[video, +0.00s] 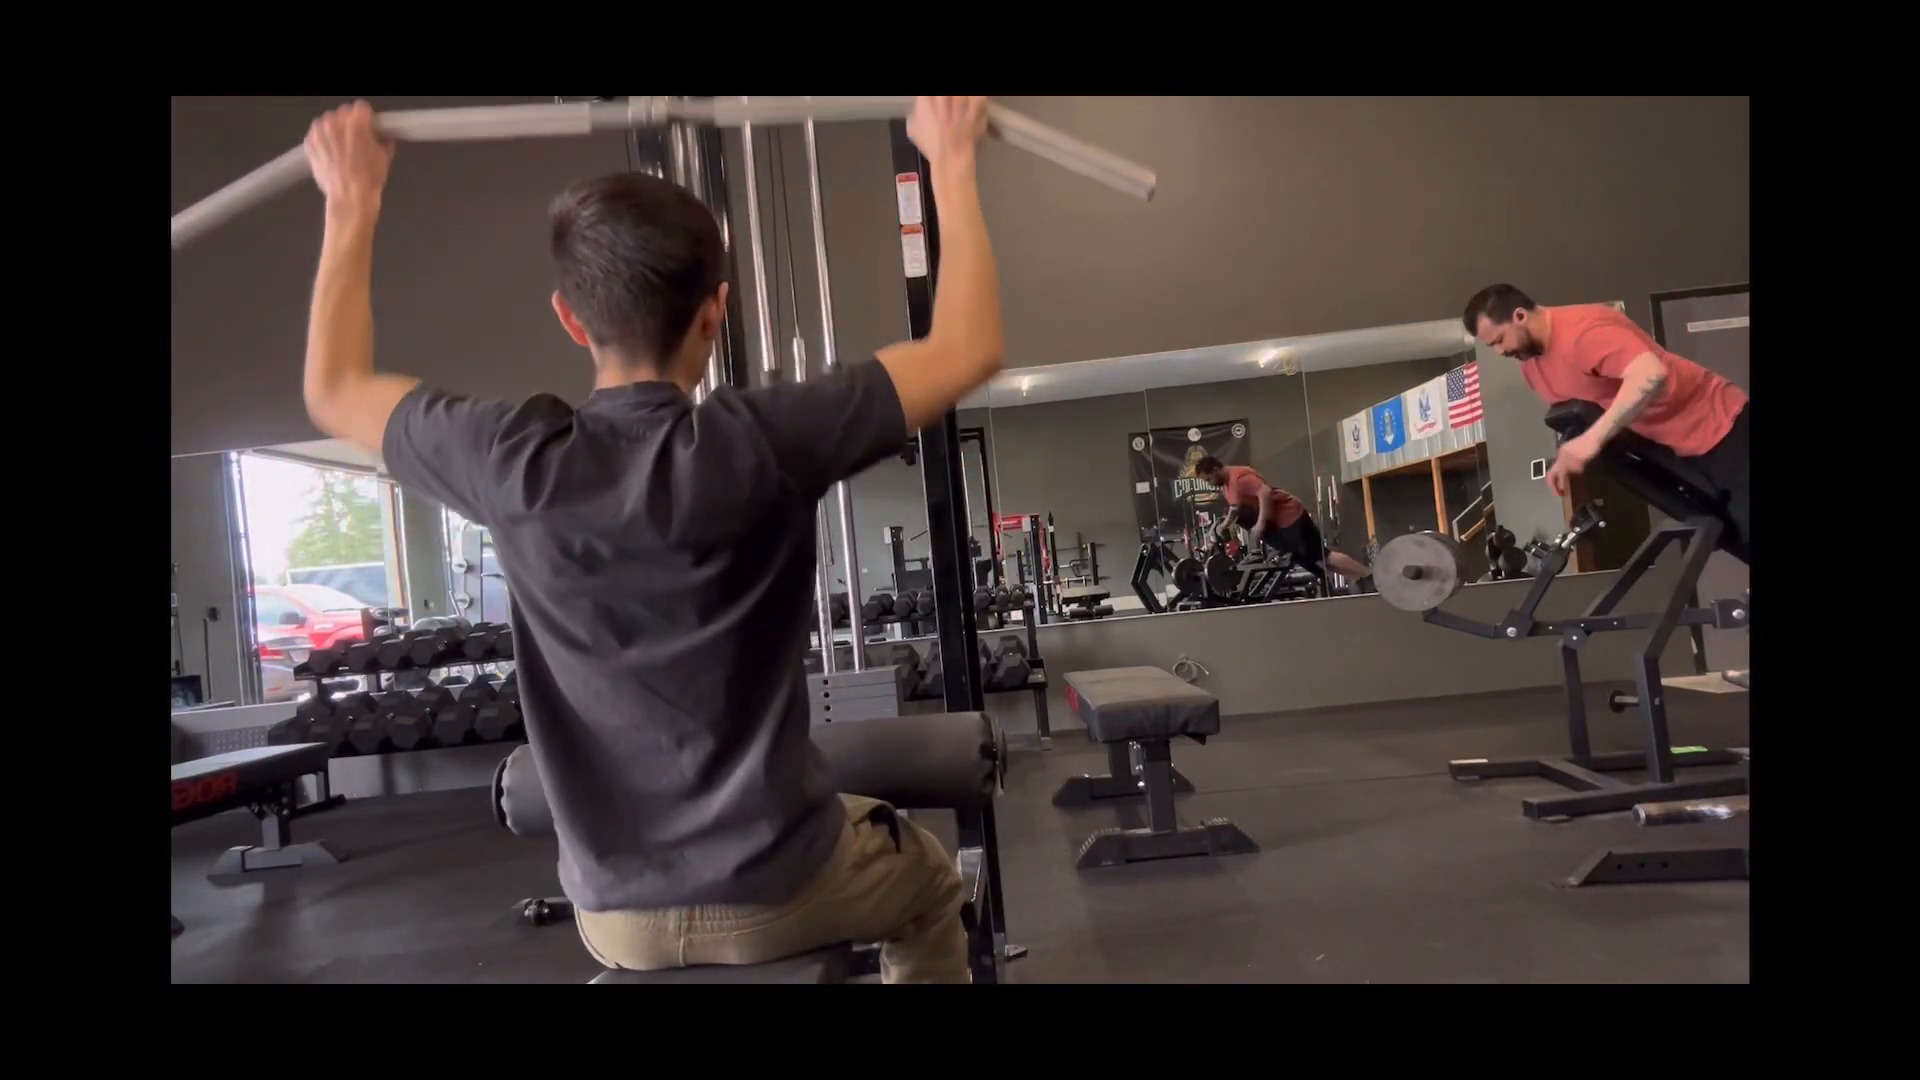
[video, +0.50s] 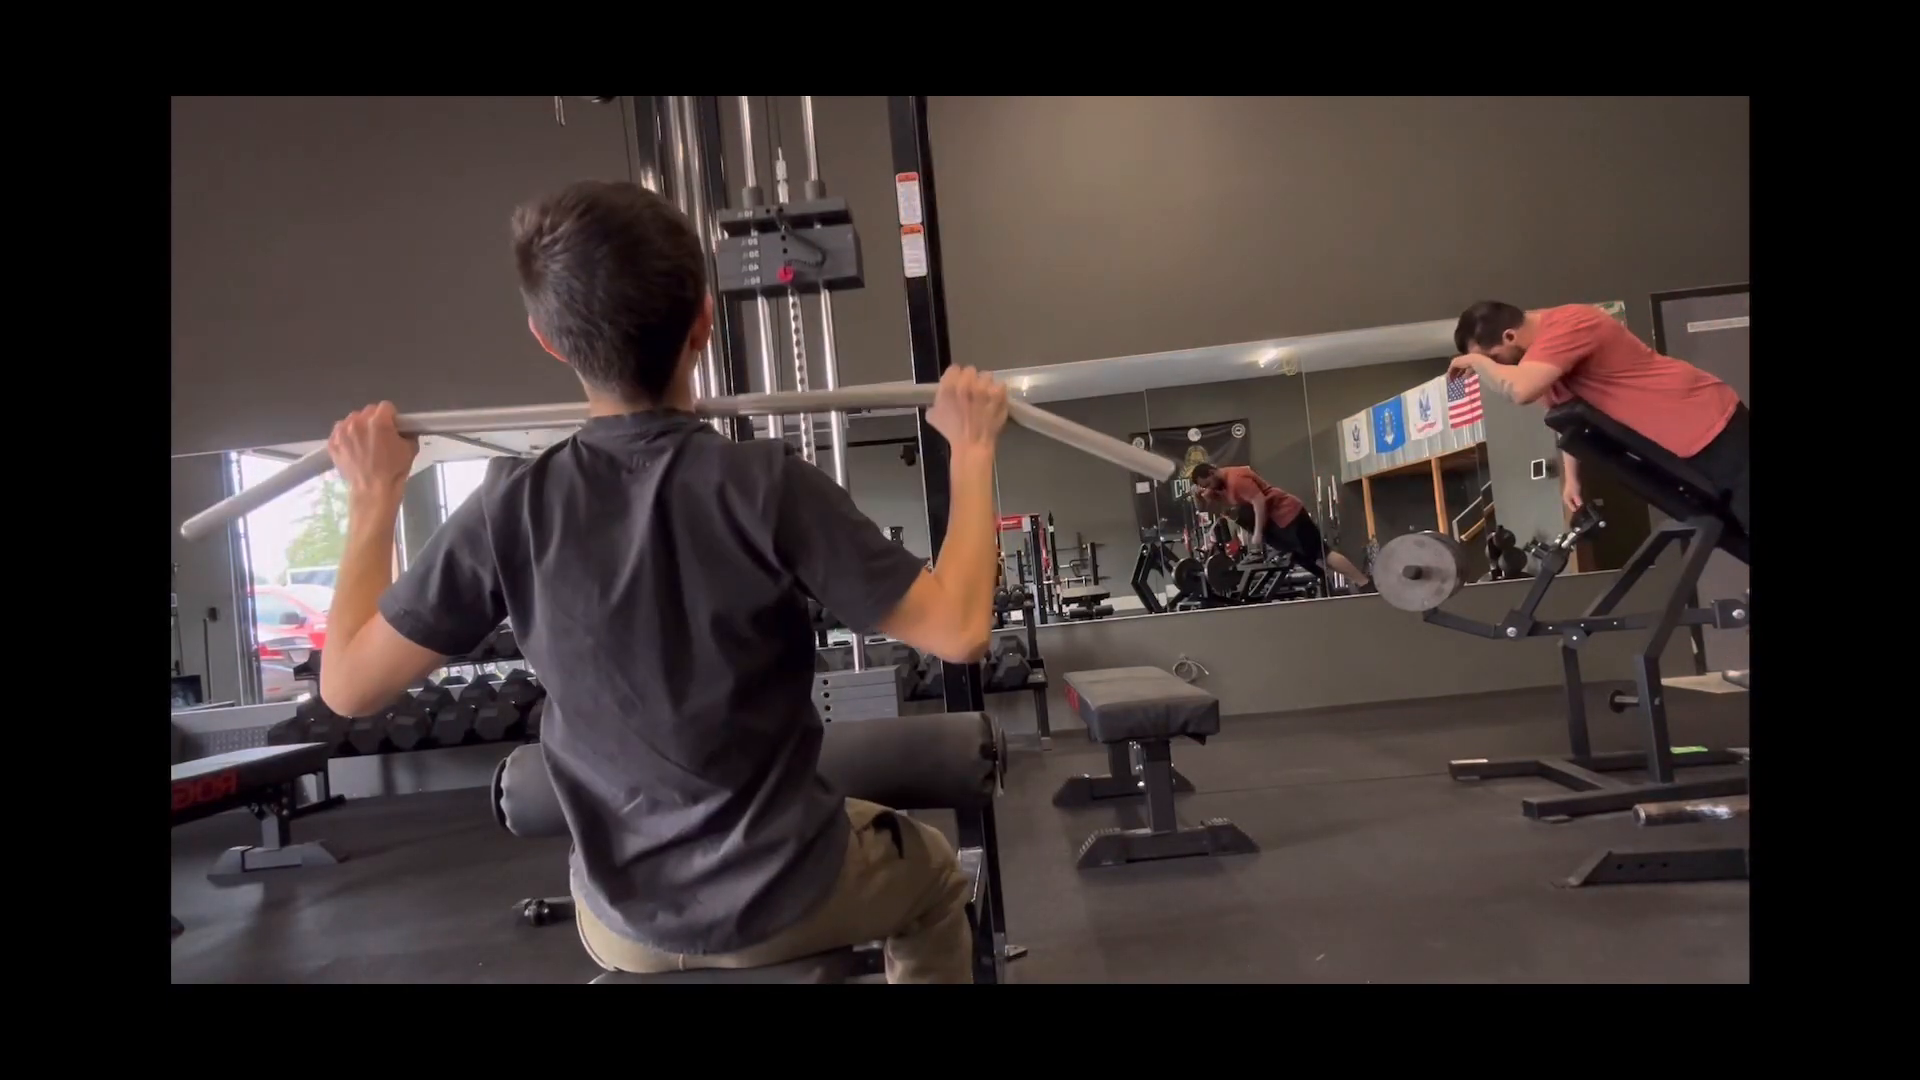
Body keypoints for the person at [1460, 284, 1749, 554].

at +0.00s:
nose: (1500, 352)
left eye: (1498, 341)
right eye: (1493, 347)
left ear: (1520, 316)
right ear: (1519, 320)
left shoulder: (1588, 331)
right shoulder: (1532, 367)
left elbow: (1650, 374)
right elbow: (1574, 416)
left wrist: (1590, 440)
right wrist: (1566, 458)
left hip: (1720, 425)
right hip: (1670, 448)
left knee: (1744, 530)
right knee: (1723, 535)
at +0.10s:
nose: (1501, 356)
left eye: (1499, 345)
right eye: (1494, 350)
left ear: (1520, 319)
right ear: (1520, 322)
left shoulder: (1591, 326)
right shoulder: (1533, 364)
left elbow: (1630, 387)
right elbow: (1570, 410)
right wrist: (1541, 457)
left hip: (1720, 425)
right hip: (1673, 449)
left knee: (1744, 529)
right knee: (1725, 534)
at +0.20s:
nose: (1500, 359)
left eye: (1499, 350)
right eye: (1494, 355)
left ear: (1518, 324)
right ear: (1517, 325)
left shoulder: (1586, 323)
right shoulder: (1534, 362)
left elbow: (1586, 398)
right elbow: (1561, 416)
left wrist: (1507, 386)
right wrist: (1534, 457)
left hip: (1716, 423)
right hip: (1674, 447)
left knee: (1744, 527)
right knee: (1726, 534)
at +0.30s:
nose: (1501, 363)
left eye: (1498, 355)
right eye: (1495, 358)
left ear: (1512, 332)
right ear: (1512, 328)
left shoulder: (1575, 323)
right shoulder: (1545, 348)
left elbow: (1544, 394)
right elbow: (1560, 413)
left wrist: (1490, 364)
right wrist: (1544, 464)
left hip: (1715, 422)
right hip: (1686, 442)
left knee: (1745, 520)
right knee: (1734, 528)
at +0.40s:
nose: (1497, 364)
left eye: (1494, 357)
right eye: (1492, 360)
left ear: (1509, 336)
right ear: (1511, 332)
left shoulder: (1570, 323)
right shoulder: (1541, 349)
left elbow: (1524, 390)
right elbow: (1561, 415)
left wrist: (1481, 359)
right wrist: (1559, 471)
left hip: (1712, 423)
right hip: (1683, 442)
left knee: (1745, 524)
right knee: (1732, 529)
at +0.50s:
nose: (1497, 365)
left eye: (1495, 358)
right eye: (1492, 361)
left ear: (1509, 337)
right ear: (1509, 331)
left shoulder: (1570, 323)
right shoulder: (1541, 355)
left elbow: (1521, 389)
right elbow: (1567, 421)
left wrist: (1479, 361)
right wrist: (1571, 480)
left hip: (1710, 422)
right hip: (1677, 444)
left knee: (1744, 522)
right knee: (1728, 530)